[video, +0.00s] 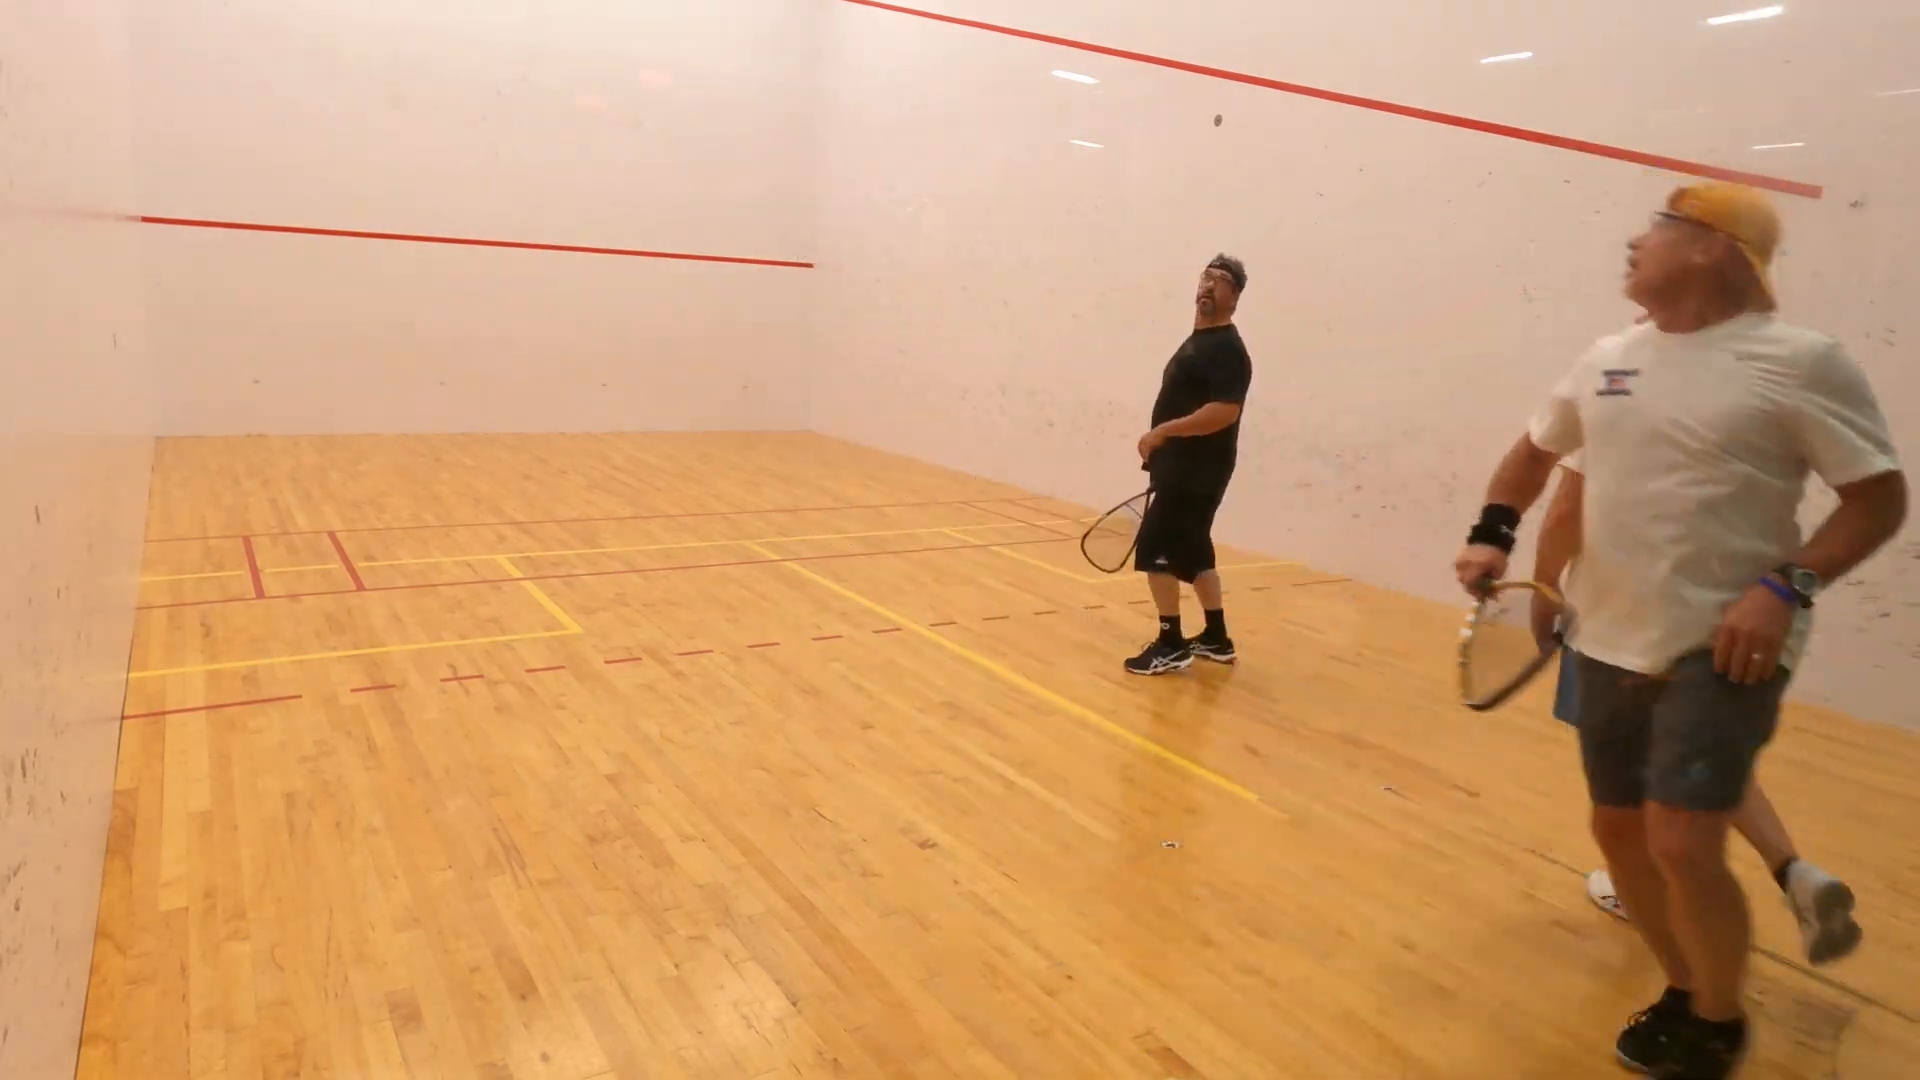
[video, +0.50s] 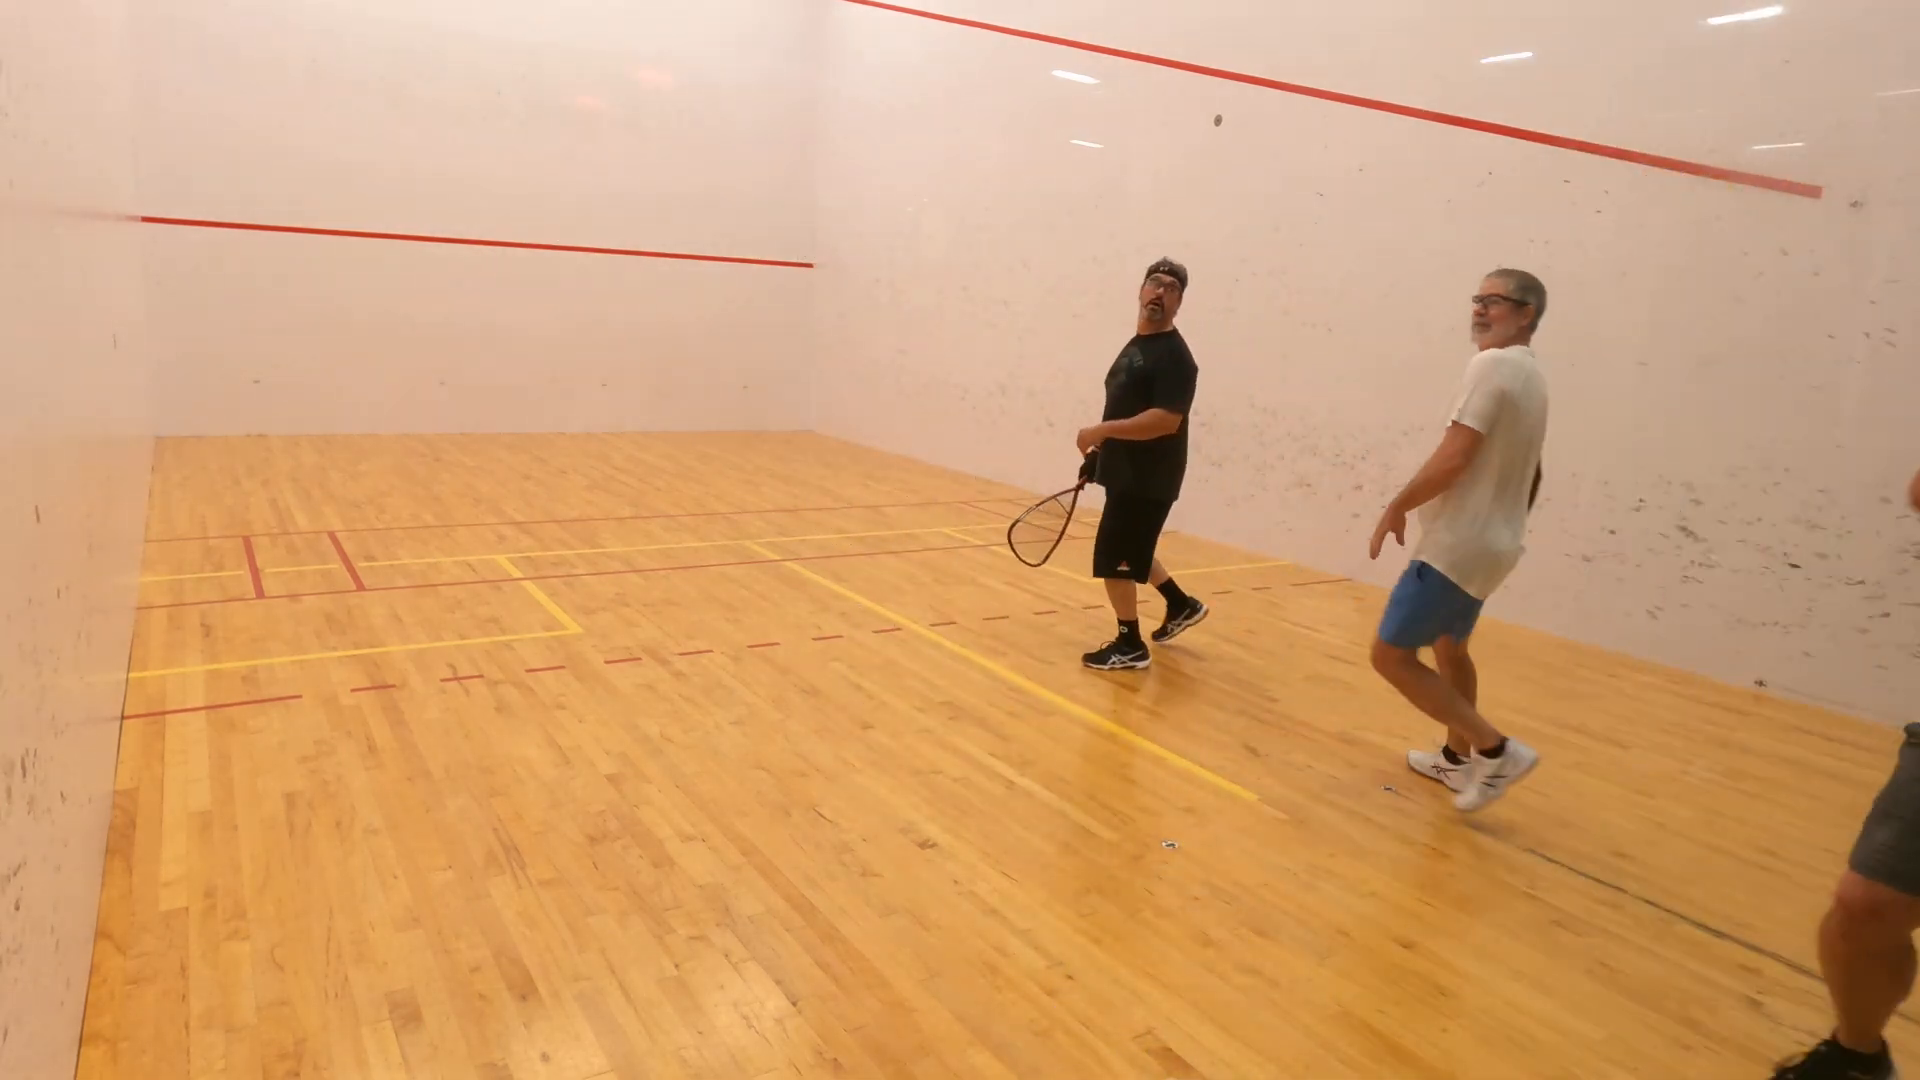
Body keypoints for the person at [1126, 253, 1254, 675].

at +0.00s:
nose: (1207, 287)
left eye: (1219, 284)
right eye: (1205, 280)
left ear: (1235, 299)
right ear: (1198, 286)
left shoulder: (1228, 349)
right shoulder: (1200, 339)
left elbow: (1225, 411)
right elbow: (1186, 403)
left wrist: (1162, 432)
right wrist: (1159, 449)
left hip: (1197, 465)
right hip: (1185, 461)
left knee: (1155, 548)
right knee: (1193, 545)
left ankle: (1170, 642)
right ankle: (1216, 636)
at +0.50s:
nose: (1160, 293)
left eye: (1170, 289)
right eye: (1155, 284)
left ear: (1179, 303)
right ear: (1141, 291)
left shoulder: (1176, 357)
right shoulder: (1138, 346)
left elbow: (1168, 419)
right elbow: (1123, 410)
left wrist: (1102, 431)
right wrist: (1098, 454)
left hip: (1149, 479)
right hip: (1126, 472)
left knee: (1115, 559)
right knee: (1130, 548)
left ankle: (1131, 643)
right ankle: (1180, 602)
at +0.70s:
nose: (1126, 290)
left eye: (1138, 286)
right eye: (1122, 281)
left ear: (1150, 299)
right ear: (1112, 288)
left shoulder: (1146, 352)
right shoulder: (1114, 341)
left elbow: (1139, 415)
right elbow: (1103, 405)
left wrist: (1079, 433)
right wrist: (1089, 456)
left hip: (1130, 470)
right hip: (1106, 464)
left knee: (1111, 552)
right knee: (1091, 535)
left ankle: (1131, 642)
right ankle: (1097, 604)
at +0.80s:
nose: (1108, 290)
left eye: (1120, 286)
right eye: (1106, 281)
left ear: (1137, 299)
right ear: (1098, 288)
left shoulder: (1132, 351)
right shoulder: (1103, 339)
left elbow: (1126, 415)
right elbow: (1093, 404)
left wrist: (1068, 433)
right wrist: (1079, 458)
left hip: (1119, 468)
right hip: (1095, 462)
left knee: (1105, 554)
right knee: (1076, 531)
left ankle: (1130, 642)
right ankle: (1076, 604)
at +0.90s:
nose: (1091, 288)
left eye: (1103, 284)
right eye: (1091, 281)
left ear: (1123, 298)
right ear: (1088, 287)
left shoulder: (1120, 352)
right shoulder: (1095, 337)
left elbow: (1113, 416)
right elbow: (1085, 401)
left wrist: (1059, 432)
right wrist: (1065, 445)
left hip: (1106, 463)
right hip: (1082, 457)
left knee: (1094, 553)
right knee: (1066, 533)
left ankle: (1127, 638)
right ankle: (1074, 604)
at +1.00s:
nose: (1070, 284)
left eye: (1079, 280)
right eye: (1075, 278)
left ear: (1099, 292)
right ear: (1098, 293)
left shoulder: (1106, 348)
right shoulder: (1090, 336)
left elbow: (1101, 414)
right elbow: (1085, 402)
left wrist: (1051, 431)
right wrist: (1055, 436)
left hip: (1094, 463)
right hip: (1077, 457)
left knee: (1072, 540)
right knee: (1062, 530)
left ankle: (1117, 625)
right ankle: (1074, 603)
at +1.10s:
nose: (1058, 289)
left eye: (1065, 284)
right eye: (1061, 283)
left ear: (1082, 293)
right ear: (1088, 294)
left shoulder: (1095, 346)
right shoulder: (1084, 337)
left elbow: (1089, 413)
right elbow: (1079, 404)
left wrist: (1041, 432)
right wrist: (1054, 441)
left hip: (1088, 463)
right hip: (1079, 458)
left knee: (1063, 542)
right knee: (1066, 535)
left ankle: (1091, 635)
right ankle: (1075, 604)